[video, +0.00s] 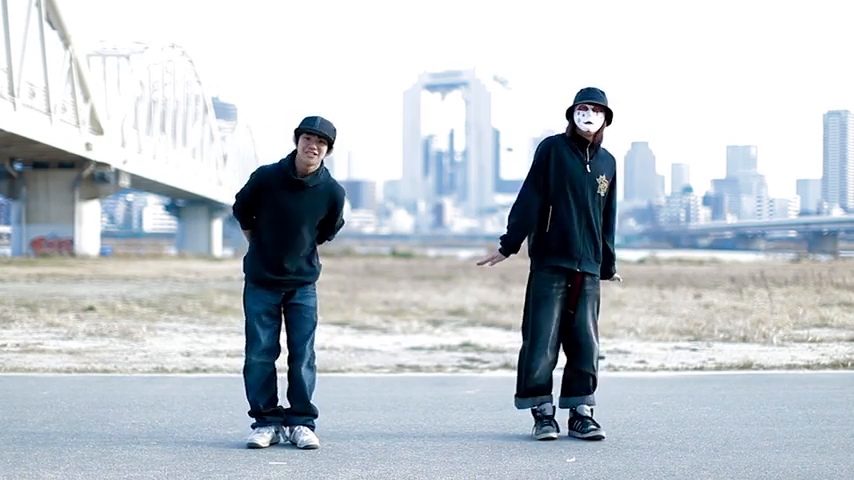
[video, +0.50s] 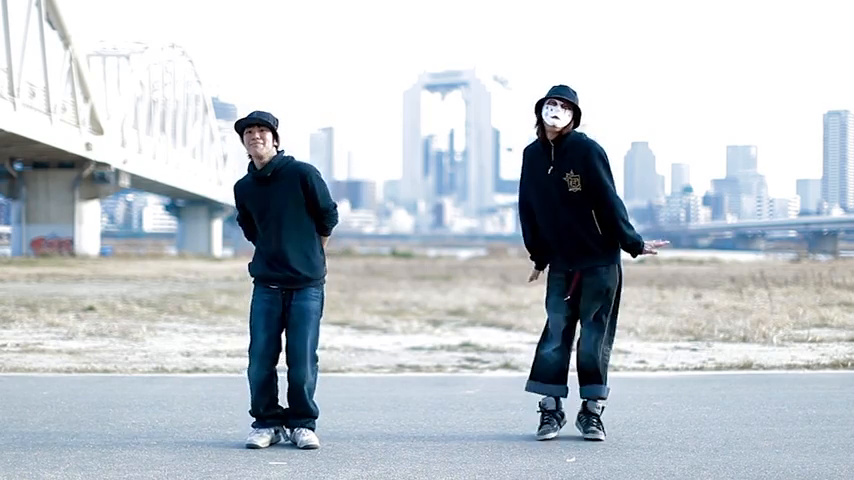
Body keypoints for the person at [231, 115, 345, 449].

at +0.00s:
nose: (312, 147)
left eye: (320, 143)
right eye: (308, 140)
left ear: (327, 150)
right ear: (297, 141)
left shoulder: (332, 192)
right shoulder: (265, 177)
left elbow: (328, 230)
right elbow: (241, 209)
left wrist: (300, 245)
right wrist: (260, 241)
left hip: (303, 281)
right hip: (261, 280)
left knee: (303, 353)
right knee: (260, 352)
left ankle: (301, 423)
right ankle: (266, 423)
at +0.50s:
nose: (256, 139)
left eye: (261, 133)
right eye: (249, 135)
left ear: (274, 137)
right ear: (244, 143)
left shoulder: (303, 173)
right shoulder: (243, 187)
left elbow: (328, 216)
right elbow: (250, 230)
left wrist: (314, 245)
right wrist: (277, 246)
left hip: (306, 282)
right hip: (266, 283)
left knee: (301, 356)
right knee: (259, 356)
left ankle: (302, 425)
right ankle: (266, 424)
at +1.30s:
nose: (287, 134)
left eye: (293, 129)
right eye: (281, 129)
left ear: (303, 134)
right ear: (272, 134)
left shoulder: (320, 171)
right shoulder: (255, 170)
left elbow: (336, 210)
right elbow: (236, 212)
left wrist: (327, 219)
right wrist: (232, 252)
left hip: (305, 280)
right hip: (263, 277)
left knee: (309, 355)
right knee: (253, 333)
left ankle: (302, 424)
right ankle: (266, 388)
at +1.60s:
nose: (271, 141)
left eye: (278, 136)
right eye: (266, 134)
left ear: (290, 141)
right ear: (258, 138)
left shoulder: (307, 178)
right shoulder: (246, 181)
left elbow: (332, 216)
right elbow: (233, 230)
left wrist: (324, 258)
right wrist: (232, 190)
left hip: (298, 285)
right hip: (257, 287)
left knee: (301, 358)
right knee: (256, 360)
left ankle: (302, 424)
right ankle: (260, 425)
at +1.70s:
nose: (271, 134)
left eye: (278, 130)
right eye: (266, 128)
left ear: (289, 136)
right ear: (257, 133)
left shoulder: (306, 170)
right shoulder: (240, 172)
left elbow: (336, 201)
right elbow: (221, 219)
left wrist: (330, 236)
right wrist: (219, 188)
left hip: (298, 275)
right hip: (256, 280)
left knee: (308, 330)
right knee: (255, 355)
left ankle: (298, 385)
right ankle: (261, 423)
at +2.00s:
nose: (283, 128)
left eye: (290, 122)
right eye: (278, 121)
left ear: (300, 128)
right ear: (267, 125)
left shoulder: (312, 168)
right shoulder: (248, 160)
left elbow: (321, 217)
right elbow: (231, 206)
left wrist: (333, 191)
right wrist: (221, 247)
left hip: (297, 268)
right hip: (257, 268)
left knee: (293, 343)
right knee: (256, 345)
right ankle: (261, 420)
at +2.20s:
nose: (280, 133)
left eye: (287, 129)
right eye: (275, 128)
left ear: (298, 136)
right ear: (266, 133)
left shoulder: (315, 171)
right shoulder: (251, 171)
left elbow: (341, 211)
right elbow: (226, 214)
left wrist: (319, 230)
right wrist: (248, 234)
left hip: (301, 283)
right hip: (258, 279)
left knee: (299, 358)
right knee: (241, 334)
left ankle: (297, 428)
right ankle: (259, 390)